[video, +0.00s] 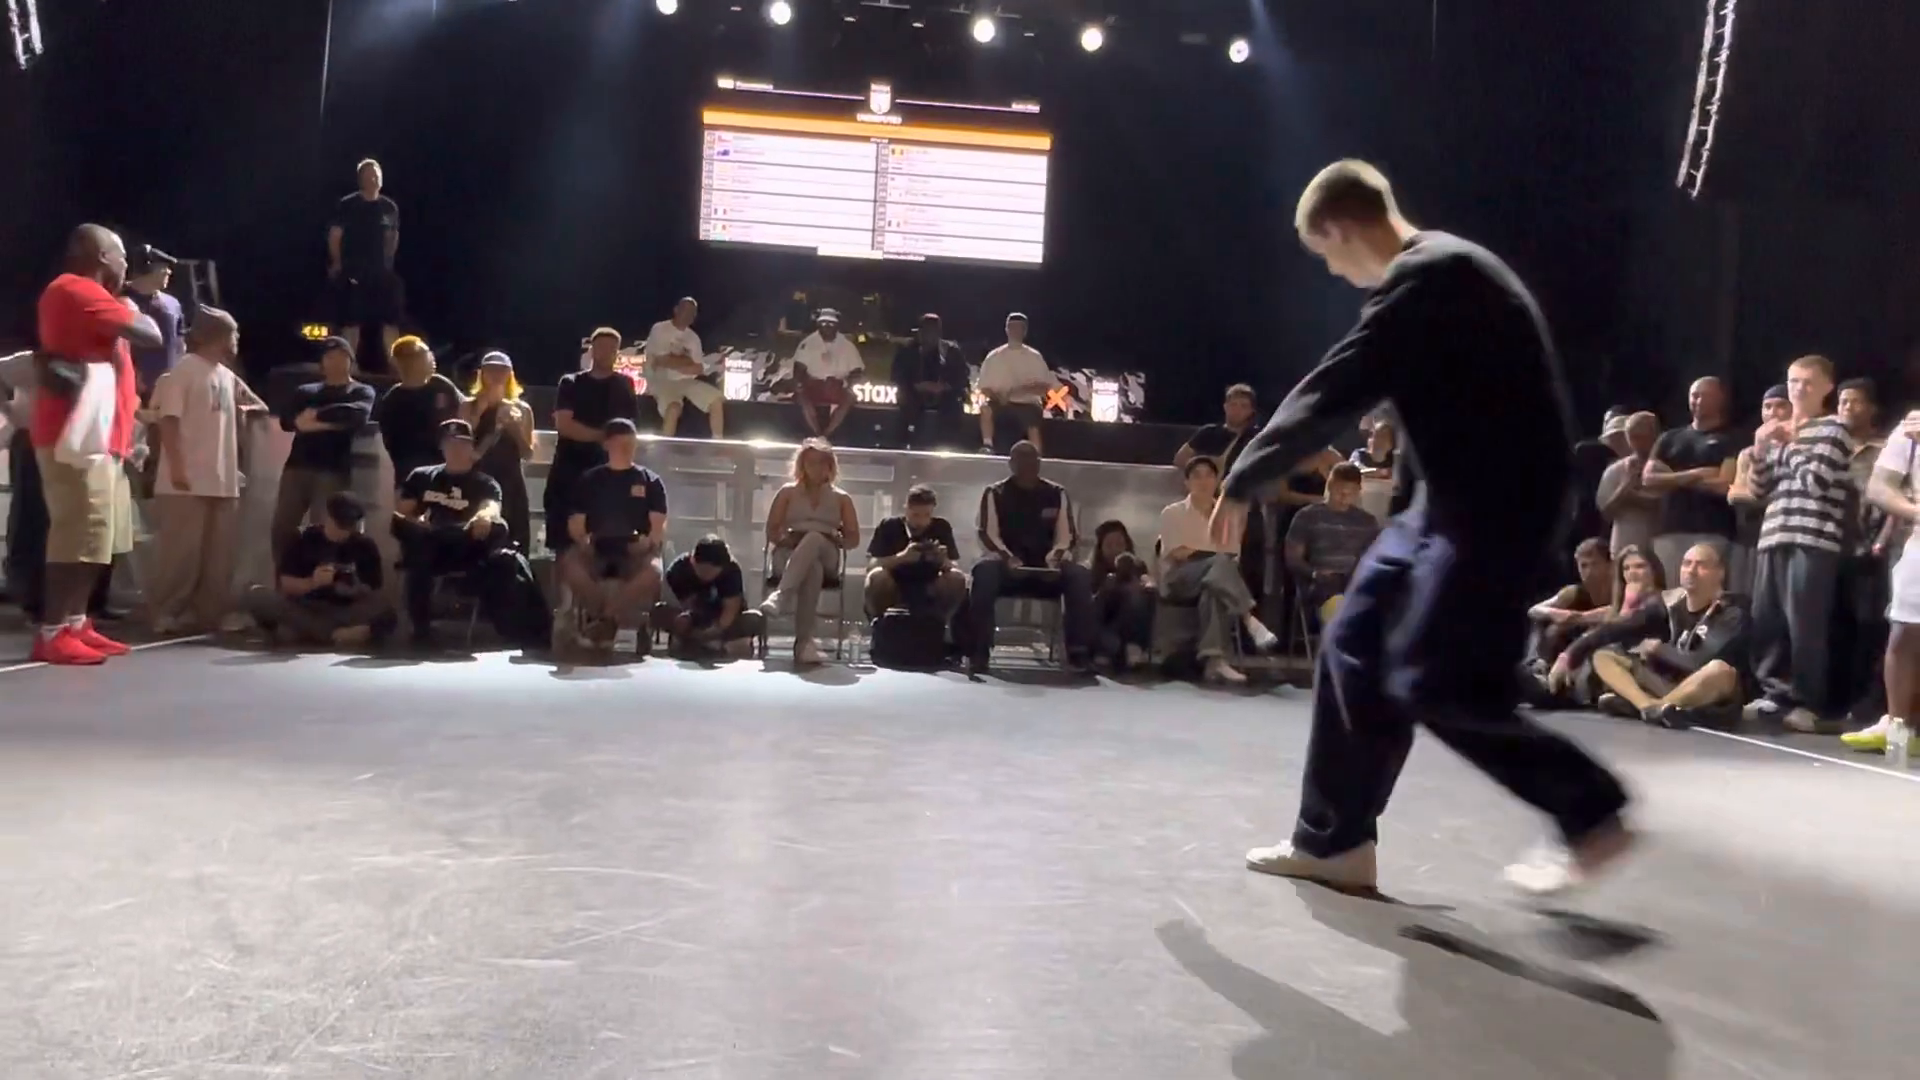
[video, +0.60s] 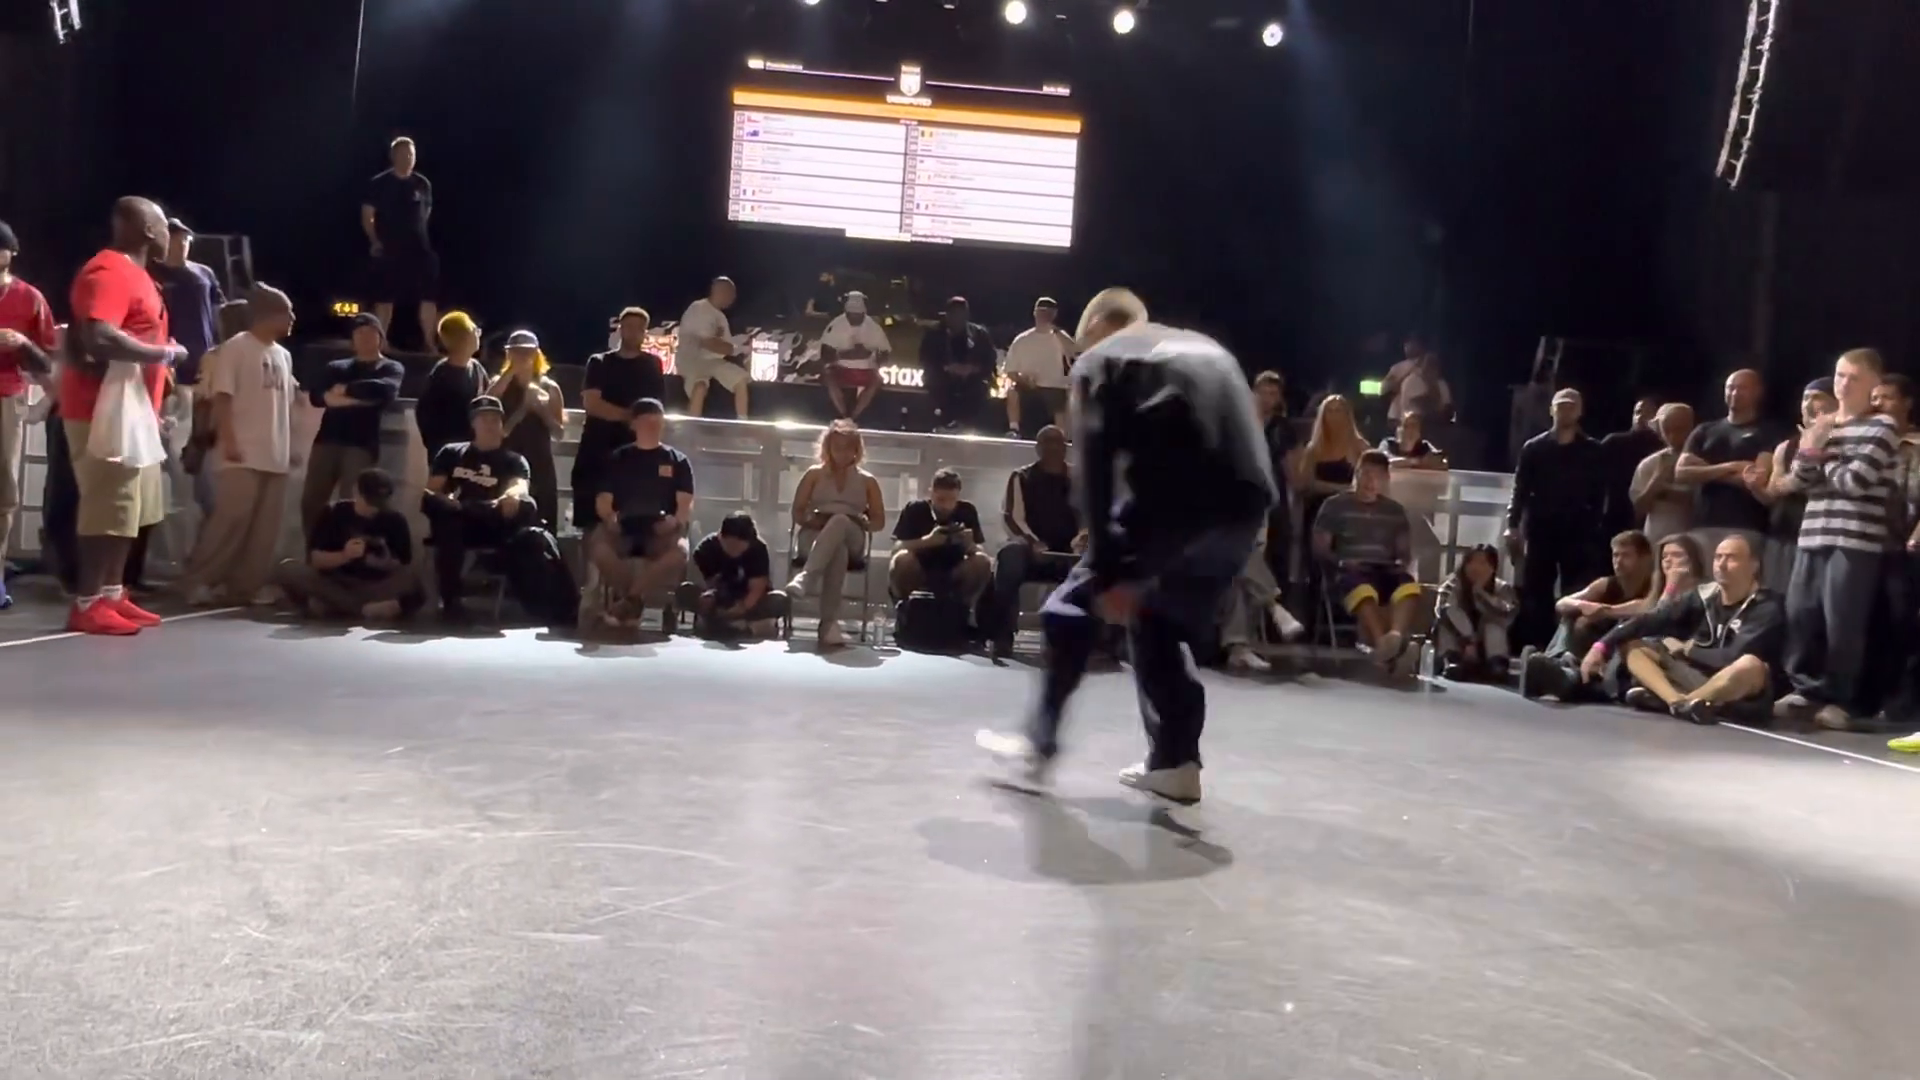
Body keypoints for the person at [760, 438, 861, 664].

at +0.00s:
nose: (821, 468)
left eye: (826, 463)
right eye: (815, 462)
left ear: (832, 467)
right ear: (803, 465)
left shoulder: (841, 499)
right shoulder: (788, 493)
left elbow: (853, 539)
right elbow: (772, 532)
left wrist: (830, 538)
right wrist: (794, 542)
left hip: (828, 560)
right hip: (788, 556)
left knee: (813, 538)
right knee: (813, 567)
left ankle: (780, 594)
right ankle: (804, 642)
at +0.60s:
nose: (844, 452)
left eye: (849, 447)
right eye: (838, 447)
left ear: (857, 450)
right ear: (827, 449)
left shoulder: (867, 482)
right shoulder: (814, 475)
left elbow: (878, 522)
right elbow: (798, 514)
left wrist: (855, 520)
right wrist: (821, 524)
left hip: (852, 543)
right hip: (813, 538)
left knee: (839, 521)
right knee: (837, 549)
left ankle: (805, 576)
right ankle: (828, 625)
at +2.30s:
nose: (868, 433)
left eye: (873, 427)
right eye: (862, 427)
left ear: (882, 431)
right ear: (853, 429)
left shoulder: (892, 462)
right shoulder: (839, 455)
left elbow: (902, 503)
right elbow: (822, 493)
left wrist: (876, 501)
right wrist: (844, 503)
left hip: (877, 524)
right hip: (838, 518)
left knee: (863, 500)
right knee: (862, 530)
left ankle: (829, 557)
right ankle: (852, 605)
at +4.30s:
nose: (878, 426)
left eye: (883, 422)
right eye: (872, 421)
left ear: (889, 425)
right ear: (860, 423)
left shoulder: (898, 457)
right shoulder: (845, 450)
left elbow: (908, 498)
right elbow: (828, 489)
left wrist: (885, 497)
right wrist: (853, 498)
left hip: (883, 517)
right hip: (843, 512)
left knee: (869, 496)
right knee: (868, 524)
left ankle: (834, 551)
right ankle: (857, 598)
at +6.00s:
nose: (871, 431)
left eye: (878, 426)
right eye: (866, 425)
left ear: (886, 430)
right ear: (856, 428)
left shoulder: (895, 463)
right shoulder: (842, 455)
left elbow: (906, 503)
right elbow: (826, 494)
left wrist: (888, 505)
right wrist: (846, 502)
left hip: (881, 522)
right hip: (841, 518)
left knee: (867, 501)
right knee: (866, 531)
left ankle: (832, 557)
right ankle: (855, 605)